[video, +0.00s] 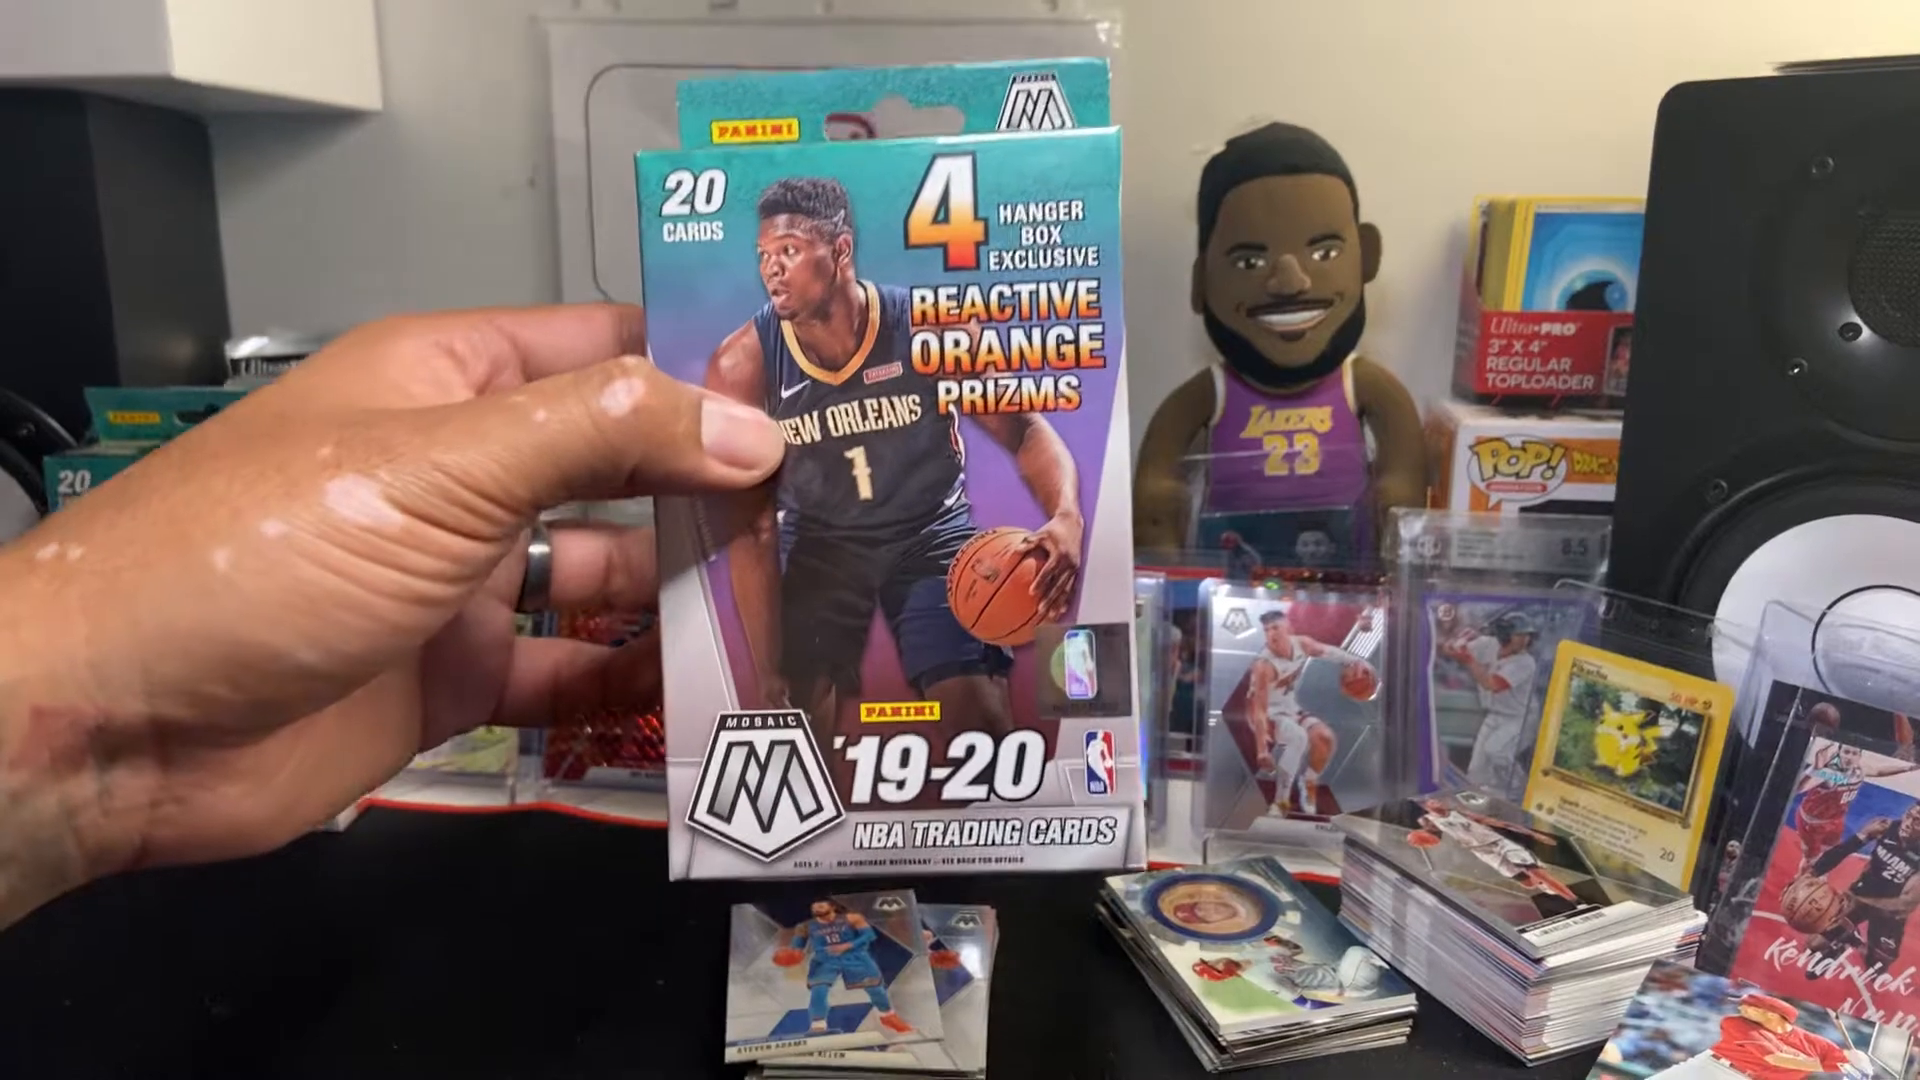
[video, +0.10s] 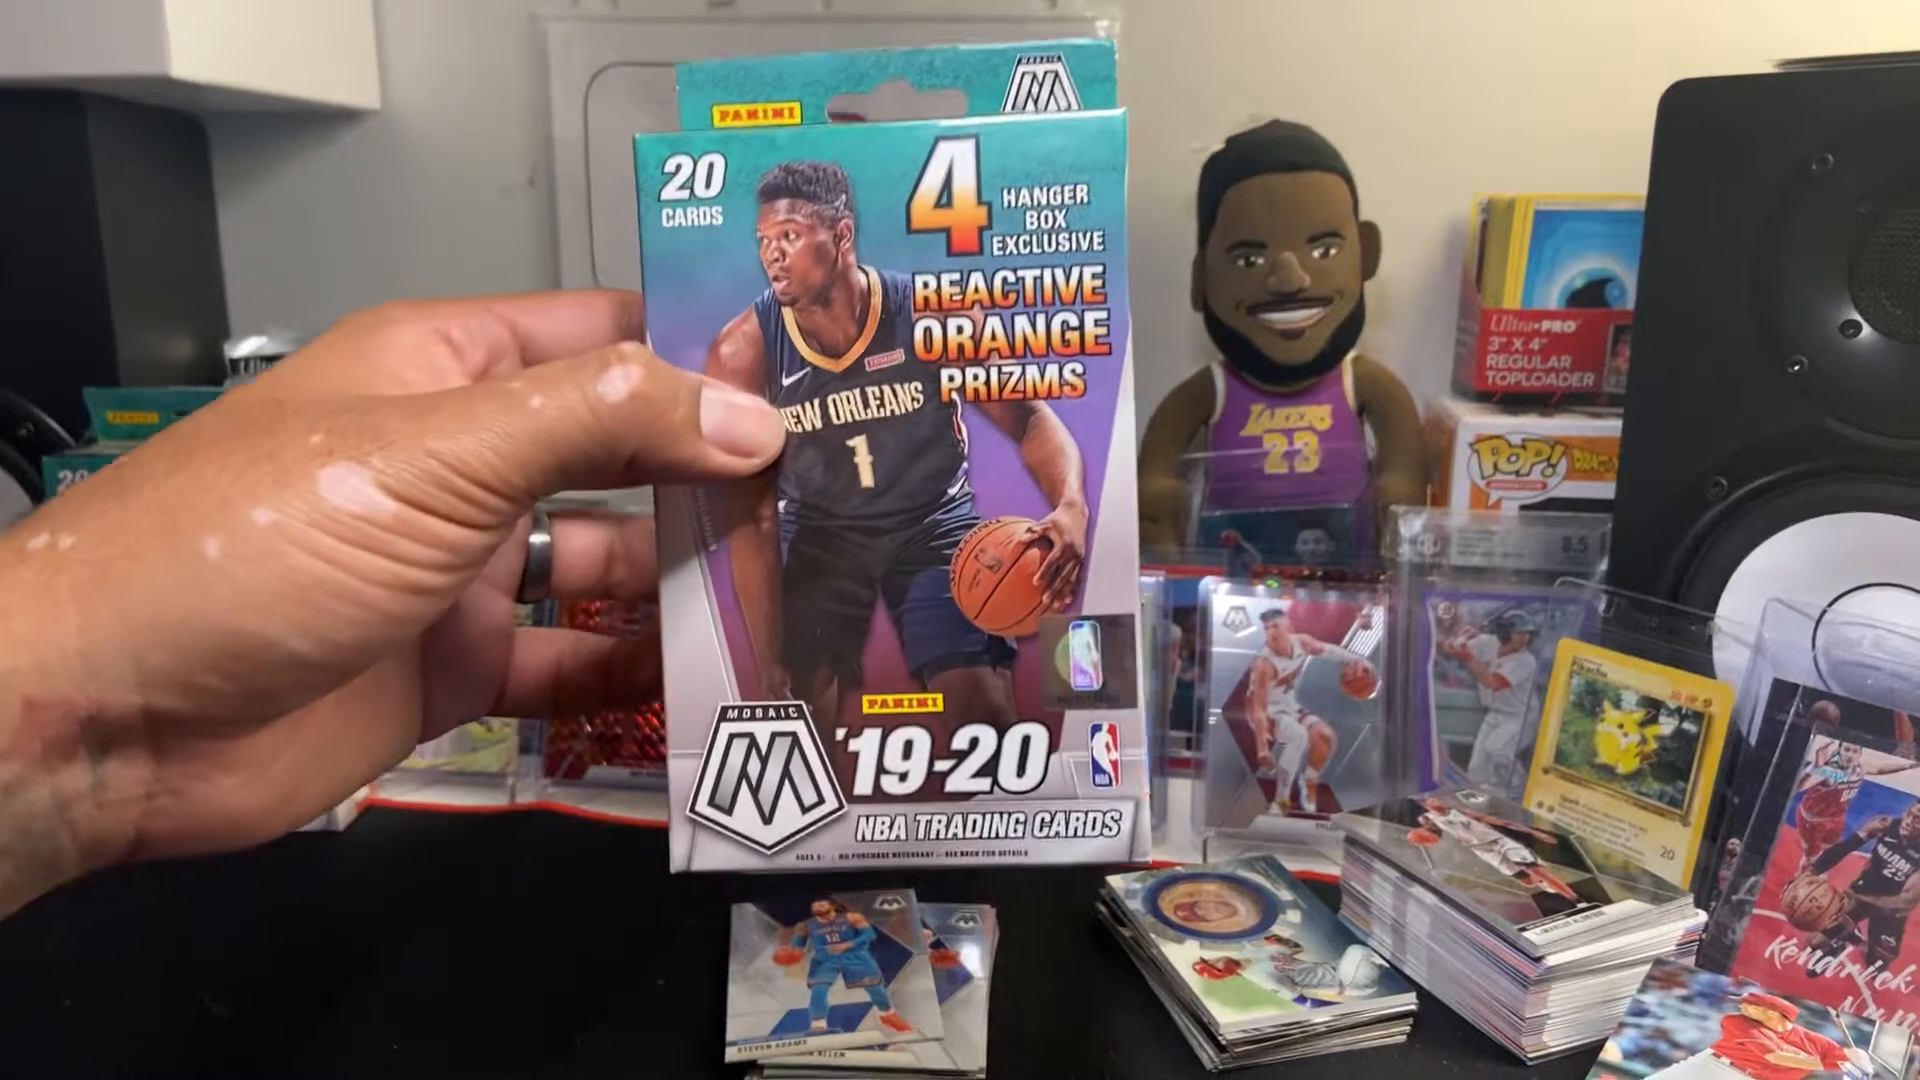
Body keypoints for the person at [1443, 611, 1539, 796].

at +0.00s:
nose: (1526, 640)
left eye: (1527, 636)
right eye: (1521, 635)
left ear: (1529, 638)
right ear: (1507, 636)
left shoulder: (1526, 663)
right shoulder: (1488, 644)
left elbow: (1494, 684)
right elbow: (1451, 650)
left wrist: (1470, 661)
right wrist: (1456, 645)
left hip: (1519, 720)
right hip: (1494, 717)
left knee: (1494, 751)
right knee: (1477, 768)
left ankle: (1521, 791)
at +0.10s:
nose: (1526, 639)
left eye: (1527, 634)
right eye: (1521, 633)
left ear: (1530, 636)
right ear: (1507, 635)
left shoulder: (1526, 661)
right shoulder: (1488, 643)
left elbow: (1494, 683)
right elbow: (1451, 648)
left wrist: (1470, 659)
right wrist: (1457, 642)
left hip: (1519, 719)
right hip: (1494, 715)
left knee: (1495, 748)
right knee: (1477, 767)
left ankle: (1520, 788)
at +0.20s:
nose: (1526, 642)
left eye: (1528, 637)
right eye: (1520, 637)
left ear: (1530, 640)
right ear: (1507, 638)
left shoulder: (1526, 664)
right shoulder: (1489, 647)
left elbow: (1494, 686)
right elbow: (1458, 651)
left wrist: (1470, 663)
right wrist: (1456, 647)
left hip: (1520, 722)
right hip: (1494, 718)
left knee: (1495, 752)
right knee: (1477, 769)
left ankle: (1520, 790)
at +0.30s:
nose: (1526, 640)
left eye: (1528, 635)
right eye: (1521, 635)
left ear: (1530, 638)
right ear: (1508, 637)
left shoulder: (1526, 663)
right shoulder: (1489, 645)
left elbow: (1494, 684)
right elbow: (1452, 649)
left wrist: (1470, 660)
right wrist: (1458, 644)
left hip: (1519, 720)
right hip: (1494, 716)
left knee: (1495, 750)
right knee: (1477, 766)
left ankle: (1521, 790)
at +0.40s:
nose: (1526, 639)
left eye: (1528, 635)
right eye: (1521, 634)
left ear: (1530, 637)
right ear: (1507, 635)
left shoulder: (1527, 661)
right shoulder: (1489, 644)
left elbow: (1493, 683)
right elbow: (1452, 649)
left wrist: (1470, 660)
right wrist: (1455, 644)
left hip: (1519, 720)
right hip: (1494, 716)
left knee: (1495, 750)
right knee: (1477, 765)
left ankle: (1521, 788)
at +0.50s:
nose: (1526, 642)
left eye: (1528, 638)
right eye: (1522, 637)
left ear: (1530, 640)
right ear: (1508, 639)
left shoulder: (1527, 665)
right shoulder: (1490, 648)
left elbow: (1494, 686)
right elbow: (1460, 653)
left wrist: (1470, 663)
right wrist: (1455, 648)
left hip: (1519, 723)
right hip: (1495, 719)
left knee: (1496, 753)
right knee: (1479, 763)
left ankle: (1520, 790)